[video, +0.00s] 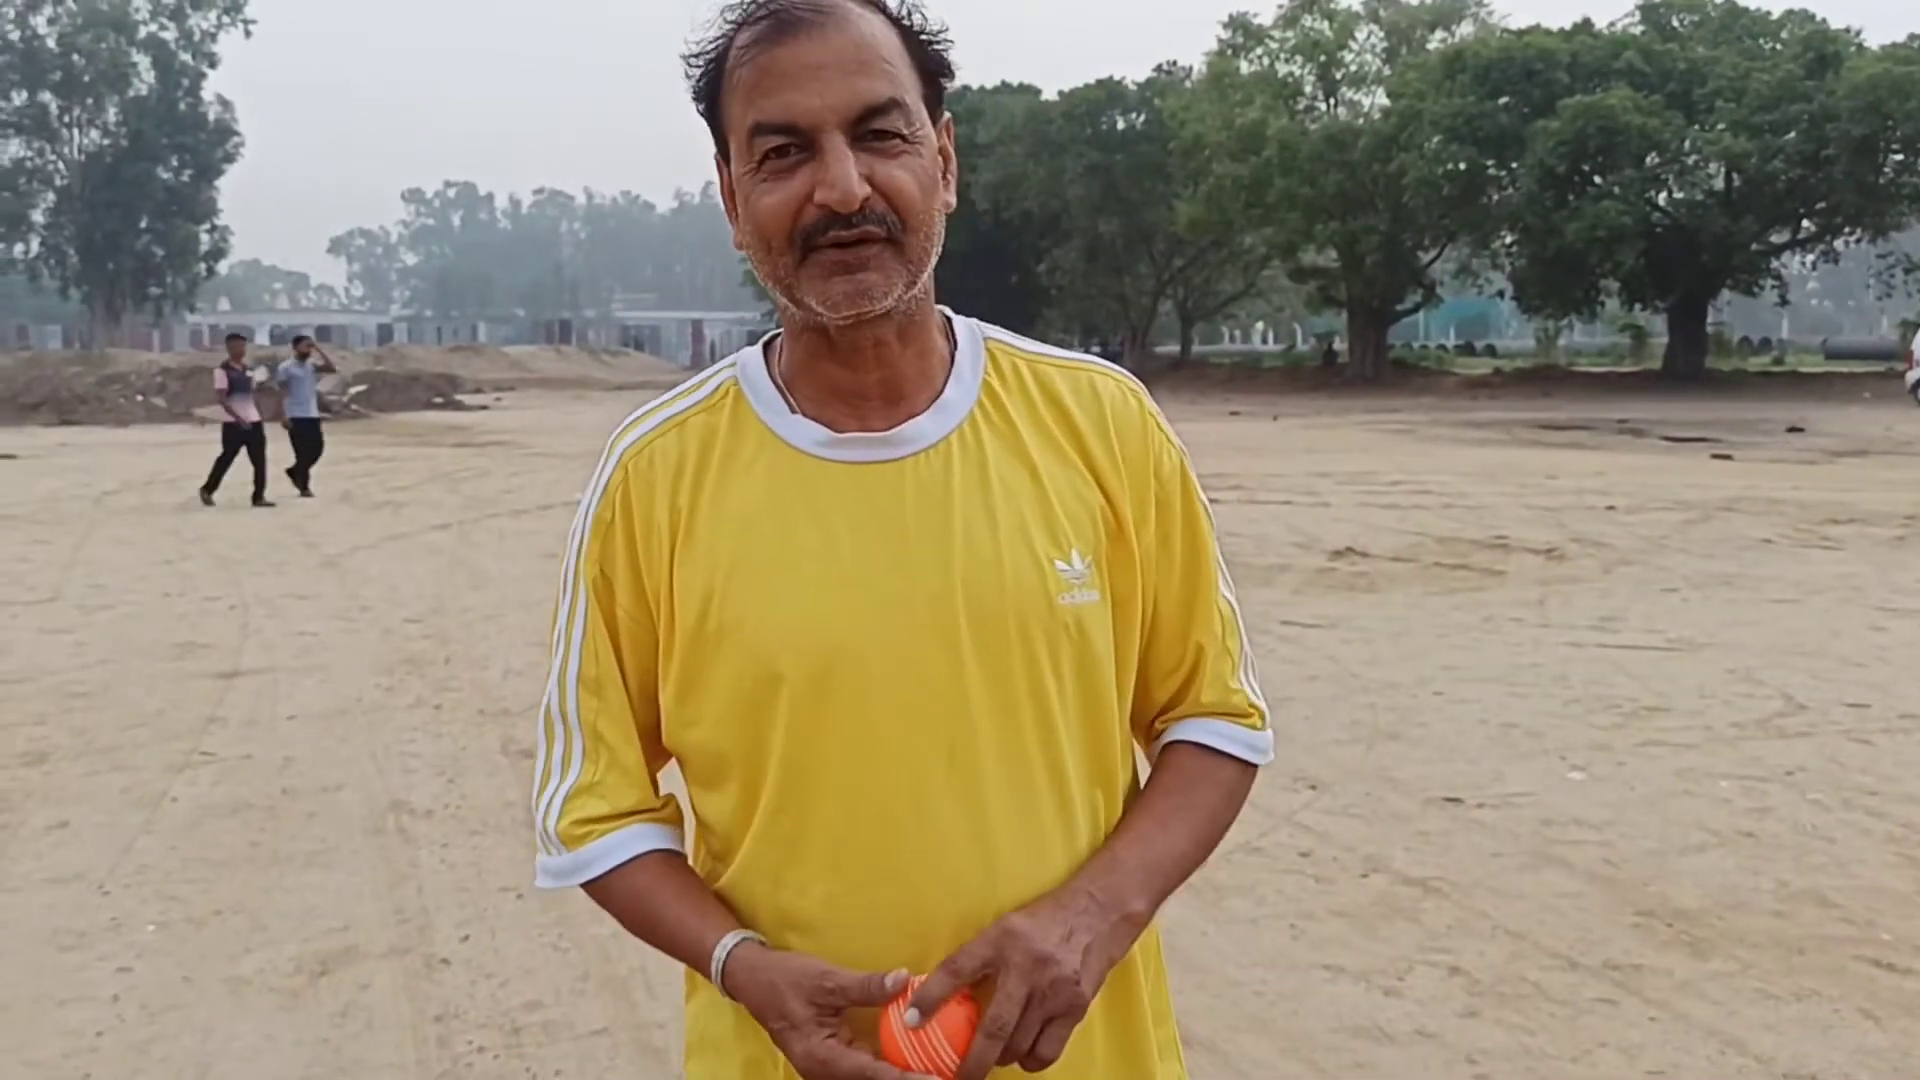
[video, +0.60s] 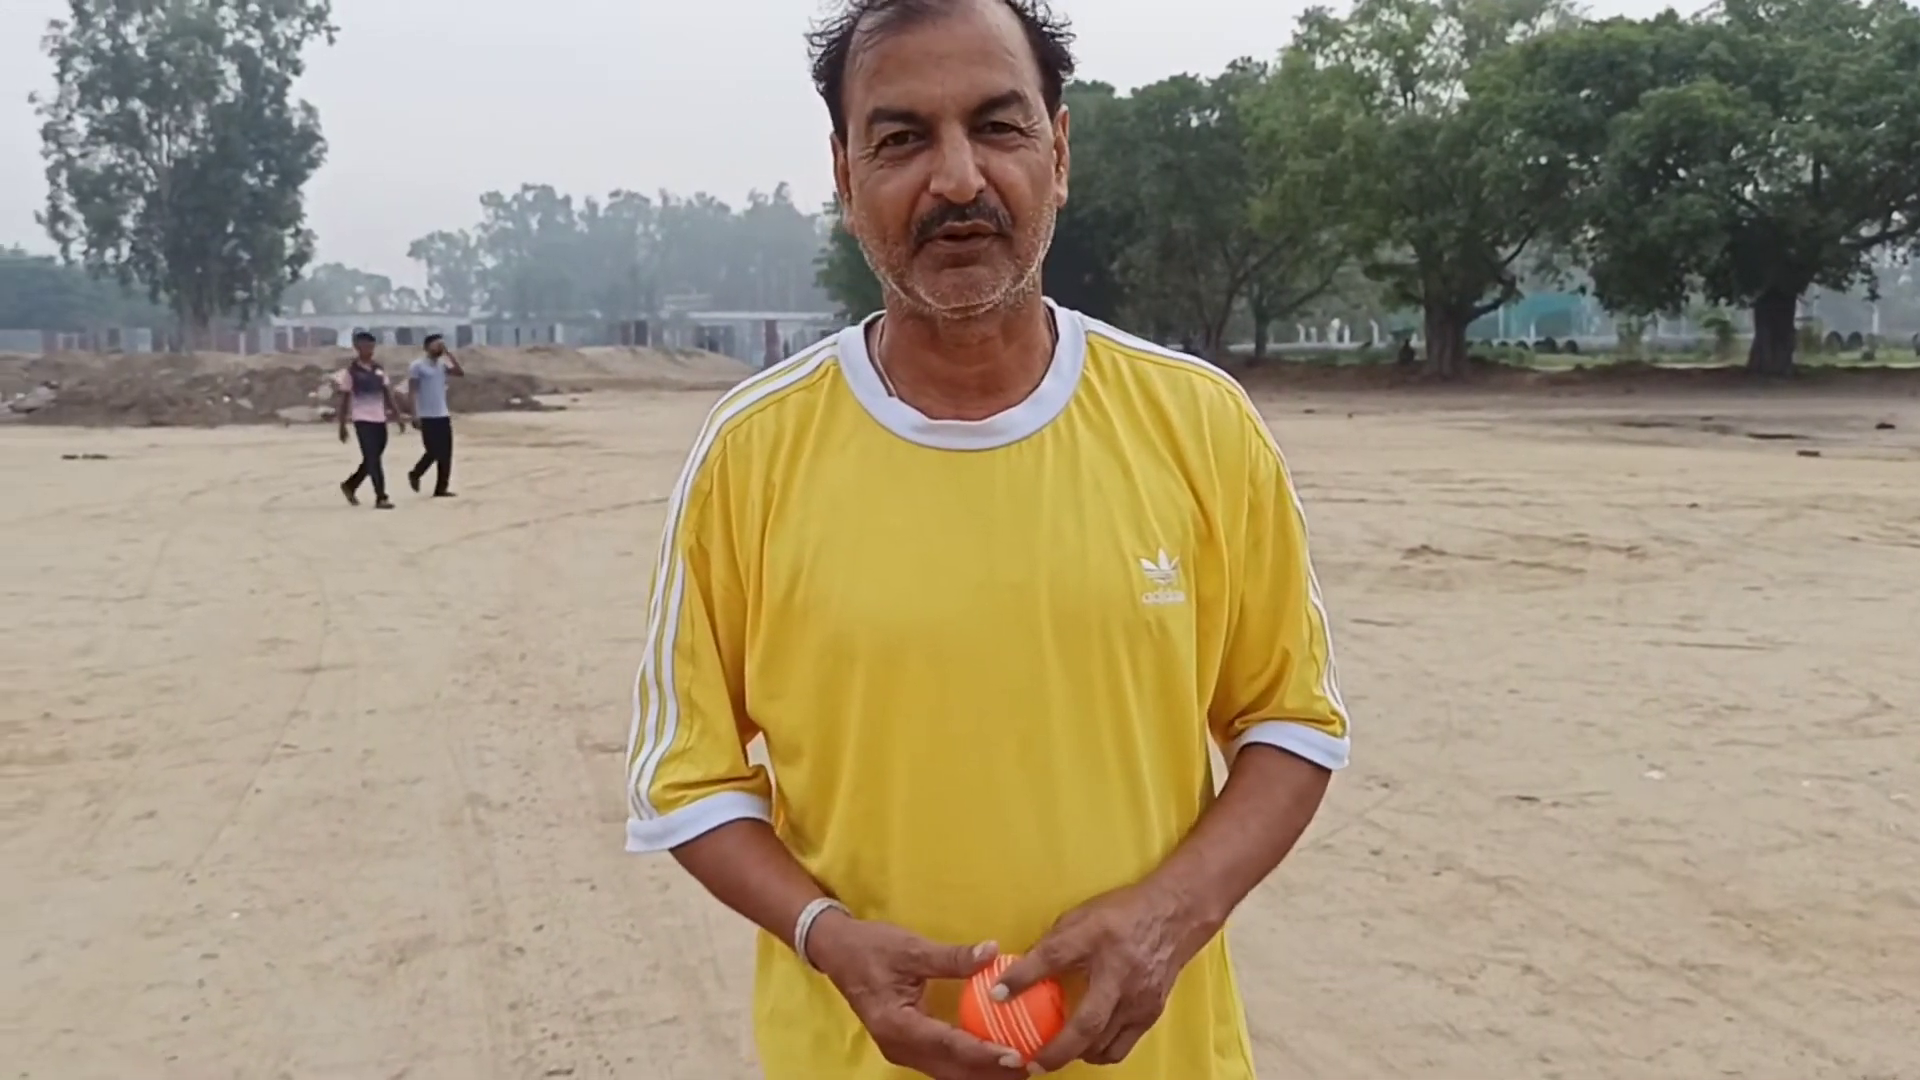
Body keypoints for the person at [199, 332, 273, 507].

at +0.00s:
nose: (241, 350)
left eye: (243, 346)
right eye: (237, 347)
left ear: (245, 348)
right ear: (229, 349)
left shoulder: (246, 370)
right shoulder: (222, 371)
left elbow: (250, 396)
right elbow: (222, 399)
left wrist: (258, 416)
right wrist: (239, 419)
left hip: (253, 422)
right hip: (234, 423)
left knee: (260, 462)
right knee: (227, 458)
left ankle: (258, 496)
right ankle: (207, 489)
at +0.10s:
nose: (258, 348)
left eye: (260, 344)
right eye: (254, 344)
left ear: (263, 345)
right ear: (247, 346)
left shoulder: (267, 368)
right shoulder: (239, 369)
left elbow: (270, 392)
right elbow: (237, 398)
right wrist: (245, 421)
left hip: (270, 417)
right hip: (251, 418)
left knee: (273, 457)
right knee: (255, 454)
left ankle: (267, 495)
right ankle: (232, 481)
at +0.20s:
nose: (280, 347)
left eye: (282, 343)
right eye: (276, 343)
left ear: (285, 344)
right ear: (269, 344)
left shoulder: (289, 369)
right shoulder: (259, 368)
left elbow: (295, 394)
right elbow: (255, 395)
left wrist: (300, 415)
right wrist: (256, 419)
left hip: (290, 414)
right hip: (271, 414)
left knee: (289, 454)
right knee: (282, 451)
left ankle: (281, 494)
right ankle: (266, 484)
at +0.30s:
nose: (304, 349)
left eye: (306, 344)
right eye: (300, 344)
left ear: (310, 346)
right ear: (292, 345)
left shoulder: (312, 369)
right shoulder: (283, 369)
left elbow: (320, 393)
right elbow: (275, 395)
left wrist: (326, 413)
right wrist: (272, 419)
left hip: (311, 415)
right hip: (293, 414)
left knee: (307, 454)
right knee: (304, 452)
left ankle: (304, 493)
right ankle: (300, 494)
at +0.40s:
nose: (328, 350)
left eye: (331, 346)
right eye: (324, 346)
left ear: (333, 347)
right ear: (316, 347)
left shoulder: (336, 370)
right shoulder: (307, 370)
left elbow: (345, 395)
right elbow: (298, 395)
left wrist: (356, 414)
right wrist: (292, 421)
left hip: (333, 418)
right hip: (316, 417)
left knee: (323, 457)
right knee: (326, 456)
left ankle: (312, 493)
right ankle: (343, 492)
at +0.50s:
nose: (348, 351)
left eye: (351, 348)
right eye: (344, 347)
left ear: (354, 348)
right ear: (338, 348)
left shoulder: (359, 372)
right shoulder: (329, 372)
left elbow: (367, 397)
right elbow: (321, 398)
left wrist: (379, 416)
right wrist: (315, 423)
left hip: (356, 420)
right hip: (339, 419)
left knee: (344, 458)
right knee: (351, 458)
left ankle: (329, 491)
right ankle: (366, 495)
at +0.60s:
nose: (368, 351)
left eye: (371, 347)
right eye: (364, 347)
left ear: (374, 348)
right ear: (357, 348)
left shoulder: (379, 370)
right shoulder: (350, 372)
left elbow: (389, 395)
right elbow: (344, 399)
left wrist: (398, 416)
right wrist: (342, 425)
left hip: (379, 418)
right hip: (362, 418)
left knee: (373, 457)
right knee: (372, 457)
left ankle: (350, 484)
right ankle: (381, 495)